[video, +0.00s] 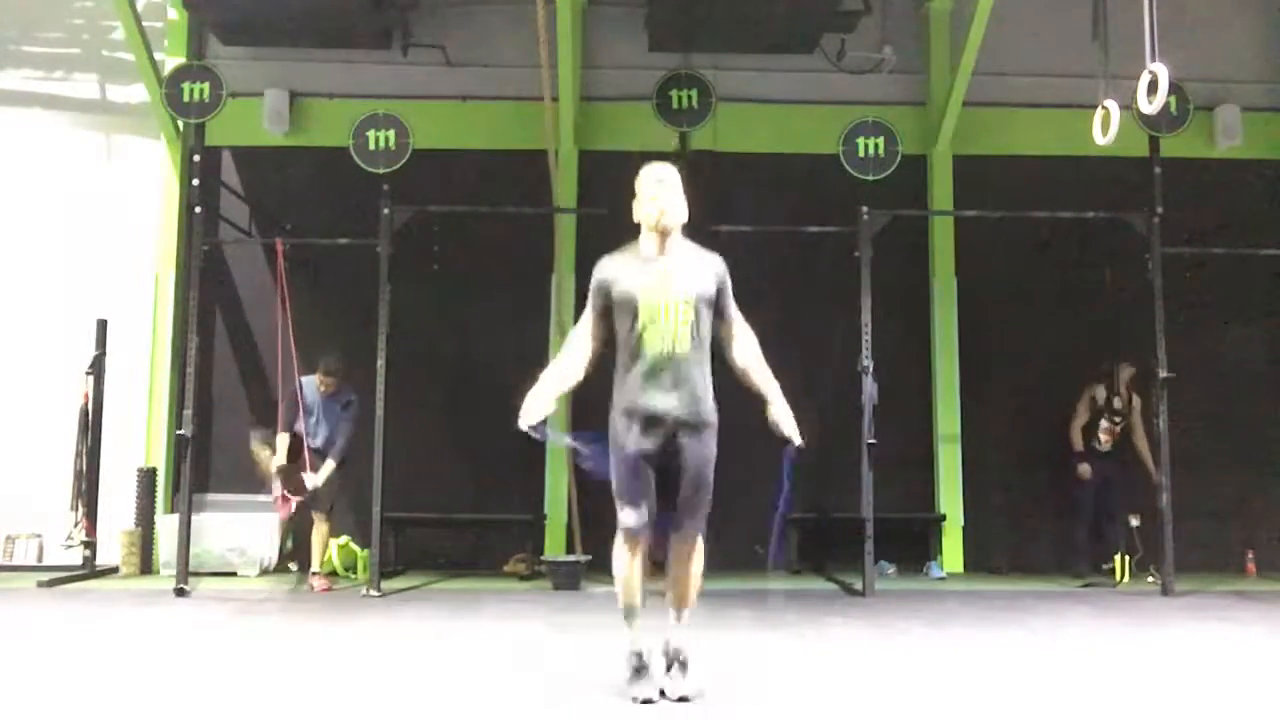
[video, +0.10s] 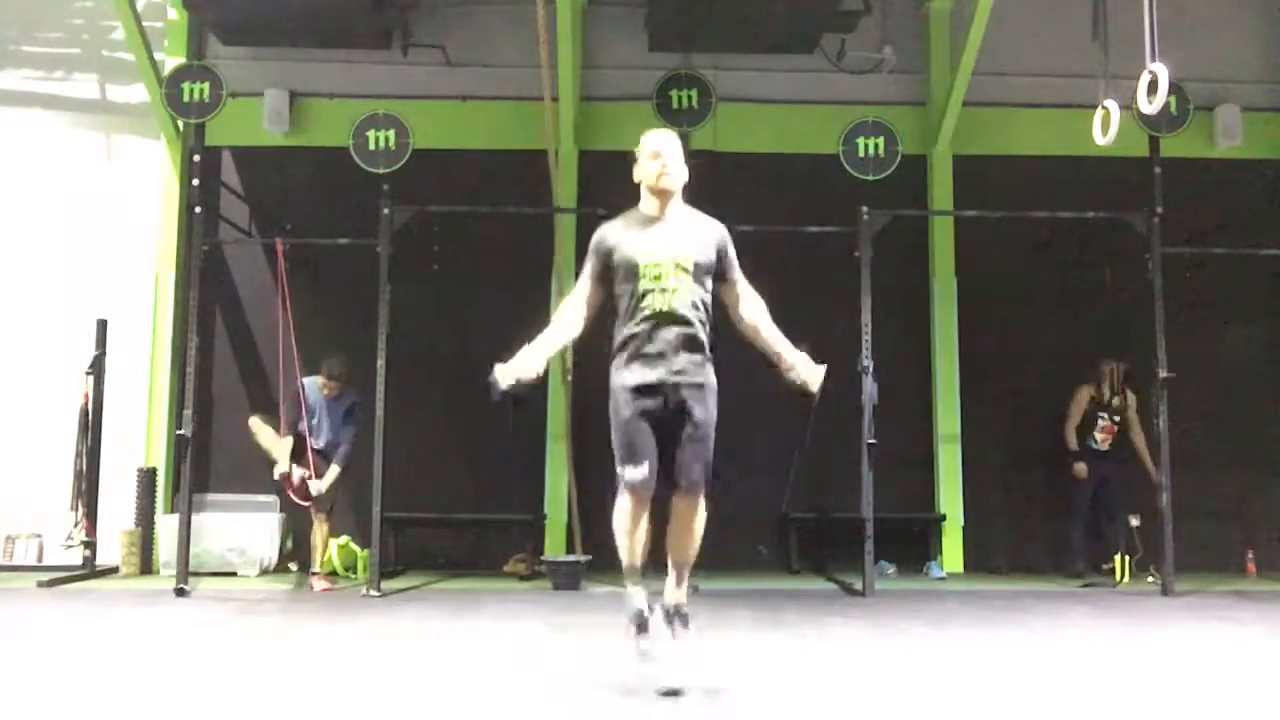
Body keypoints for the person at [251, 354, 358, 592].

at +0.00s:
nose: (322, 388)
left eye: (328, 385)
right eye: (320, 382)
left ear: (340, 381)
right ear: (316, 375)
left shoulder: (349, 401)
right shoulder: (301, 386)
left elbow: (342, 441)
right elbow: (285, 423)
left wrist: (321, 475)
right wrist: (280, 460)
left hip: (328, 457)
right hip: (298, 449)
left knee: (321, 514)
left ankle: (316, 571)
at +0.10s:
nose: (327, 391)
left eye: (333, 388)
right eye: (325, 386)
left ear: (344, 384)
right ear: (320, 377)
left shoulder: (351, 404)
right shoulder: (304, 387)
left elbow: (346, 445)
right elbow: (289, 425)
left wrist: (325, 483)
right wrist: (285, 462)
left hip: (327, 454)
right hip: (300, 445)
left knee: (321, 514)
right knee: (255, 422)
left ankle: (316, 573)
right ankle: (291, 470)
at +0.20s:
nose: (328, 390)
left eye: (334, 387)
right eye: (325, 384)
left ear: (345, 383)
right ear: (321, 377)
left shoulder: (353, 403)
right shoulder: (307, 387)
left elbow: (347, 445)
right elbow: (289, 425)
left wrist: (324, 481)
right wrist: (284, 463)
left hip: (327, 455)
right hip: (300, 446)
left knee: (321, 513)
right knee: (256, 423)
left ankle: (316, 572)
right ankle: (291, 472)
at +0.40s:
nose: (329, 389)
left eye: (335, 385)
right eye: (326, 383)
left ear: (345, 382)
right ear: (322, 376)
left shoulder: (353, 400)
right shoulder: (308, 387)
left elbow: (339, 440)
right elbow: (285, 418)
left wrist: (312, 471)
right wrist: (271, 454)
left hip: (329, 454)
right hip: (301, 446)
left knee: (323, 514)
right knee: (270, 444)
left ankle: (316, 573)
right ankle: (292, 497)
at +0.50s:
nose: (325, 394)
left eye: (331, 391)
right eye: (323, 388)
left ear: (342, 387)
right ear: (319, 382)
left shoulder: (350, 400)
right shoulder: (305, 390)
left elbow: (339, 440)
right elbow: (283, 420)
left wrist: (314, 471)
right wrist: (271, 454)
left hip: (328, 455)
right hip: (299, 445)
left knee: (322, 514)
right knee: (281, 446)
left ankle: (316, 572)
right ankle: (293, 496)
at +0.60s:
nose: (322, 402)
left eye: (328, 399)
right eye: (319, 396)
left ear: (339, 393)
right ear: (315, 387)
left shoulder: (347, 408)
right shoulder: (303, 396)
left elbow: (335, 445)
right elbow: (281, 427)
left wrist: (308, 470)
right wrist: (268, 457)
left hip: (331, 458)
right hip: (300, 451)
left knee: (323, 514)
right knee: (288, 443)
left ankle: (315, 572)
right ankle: (292, 495)